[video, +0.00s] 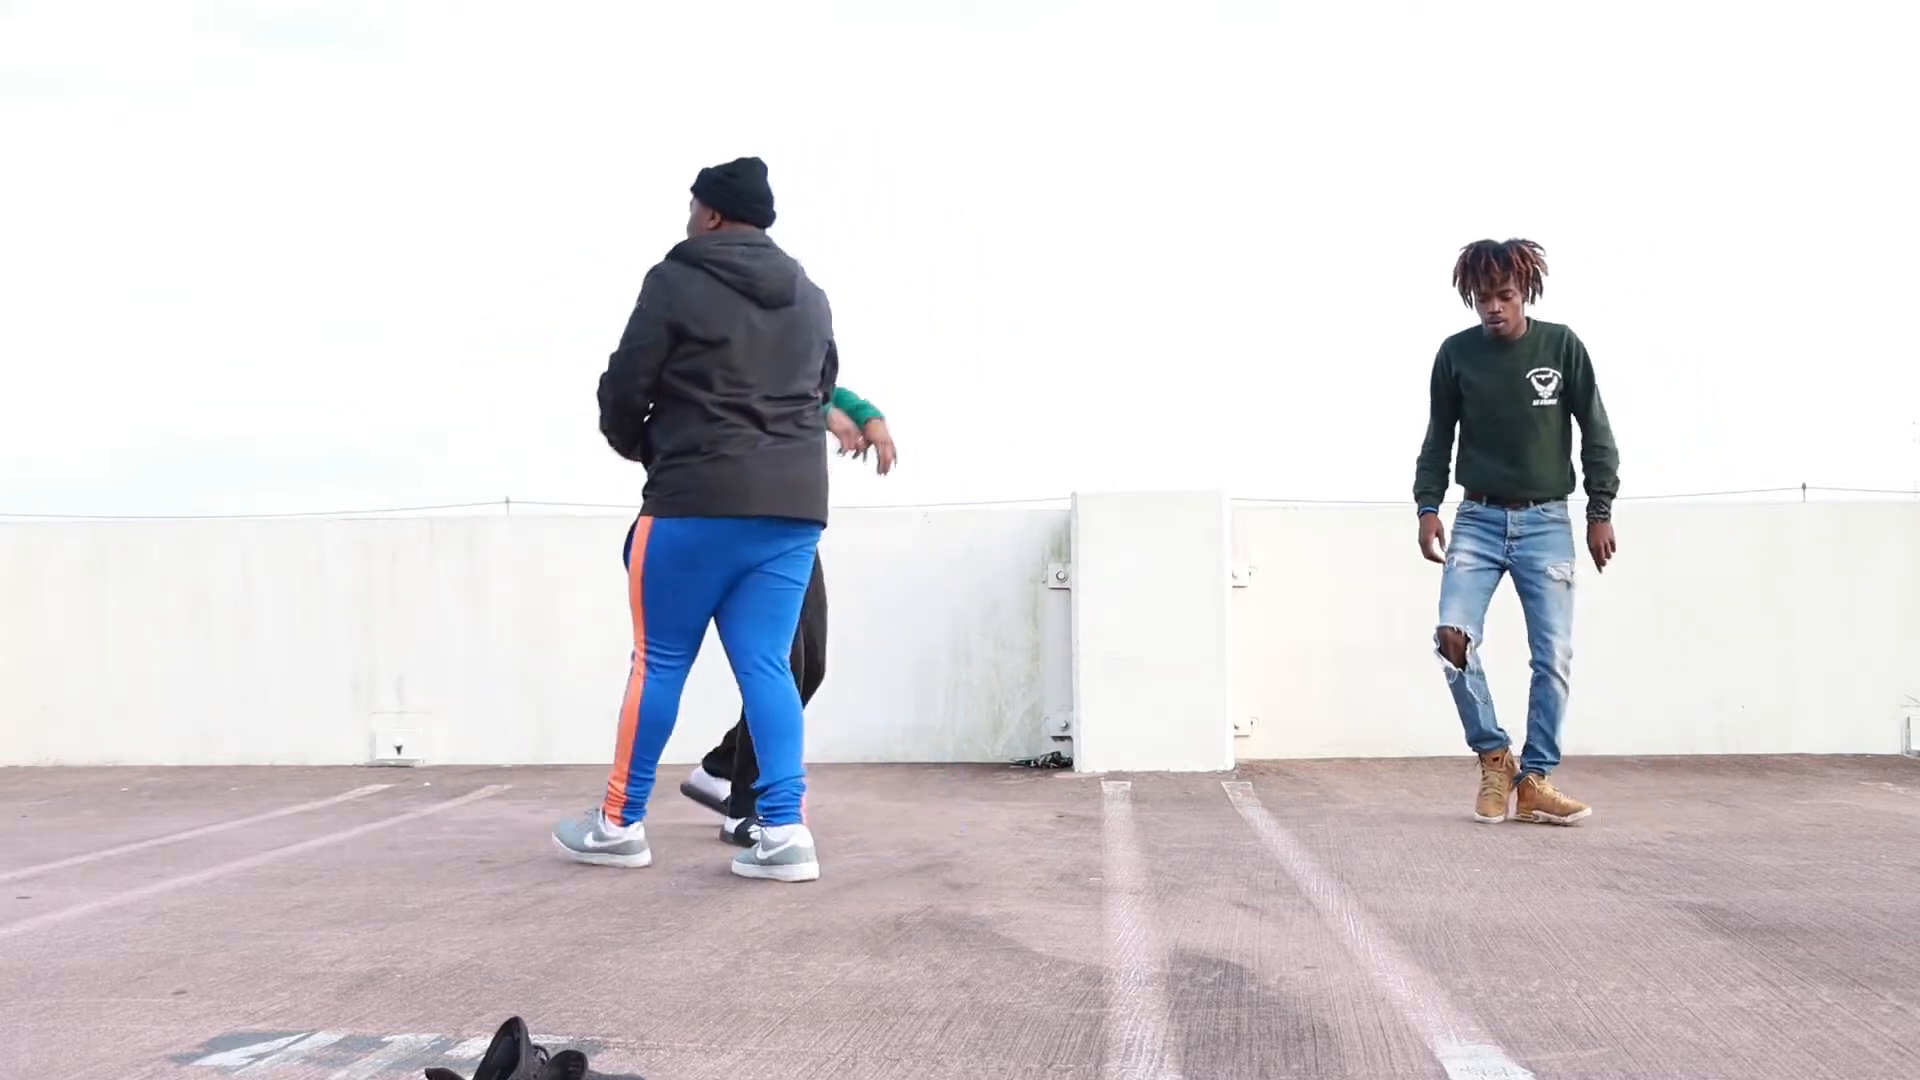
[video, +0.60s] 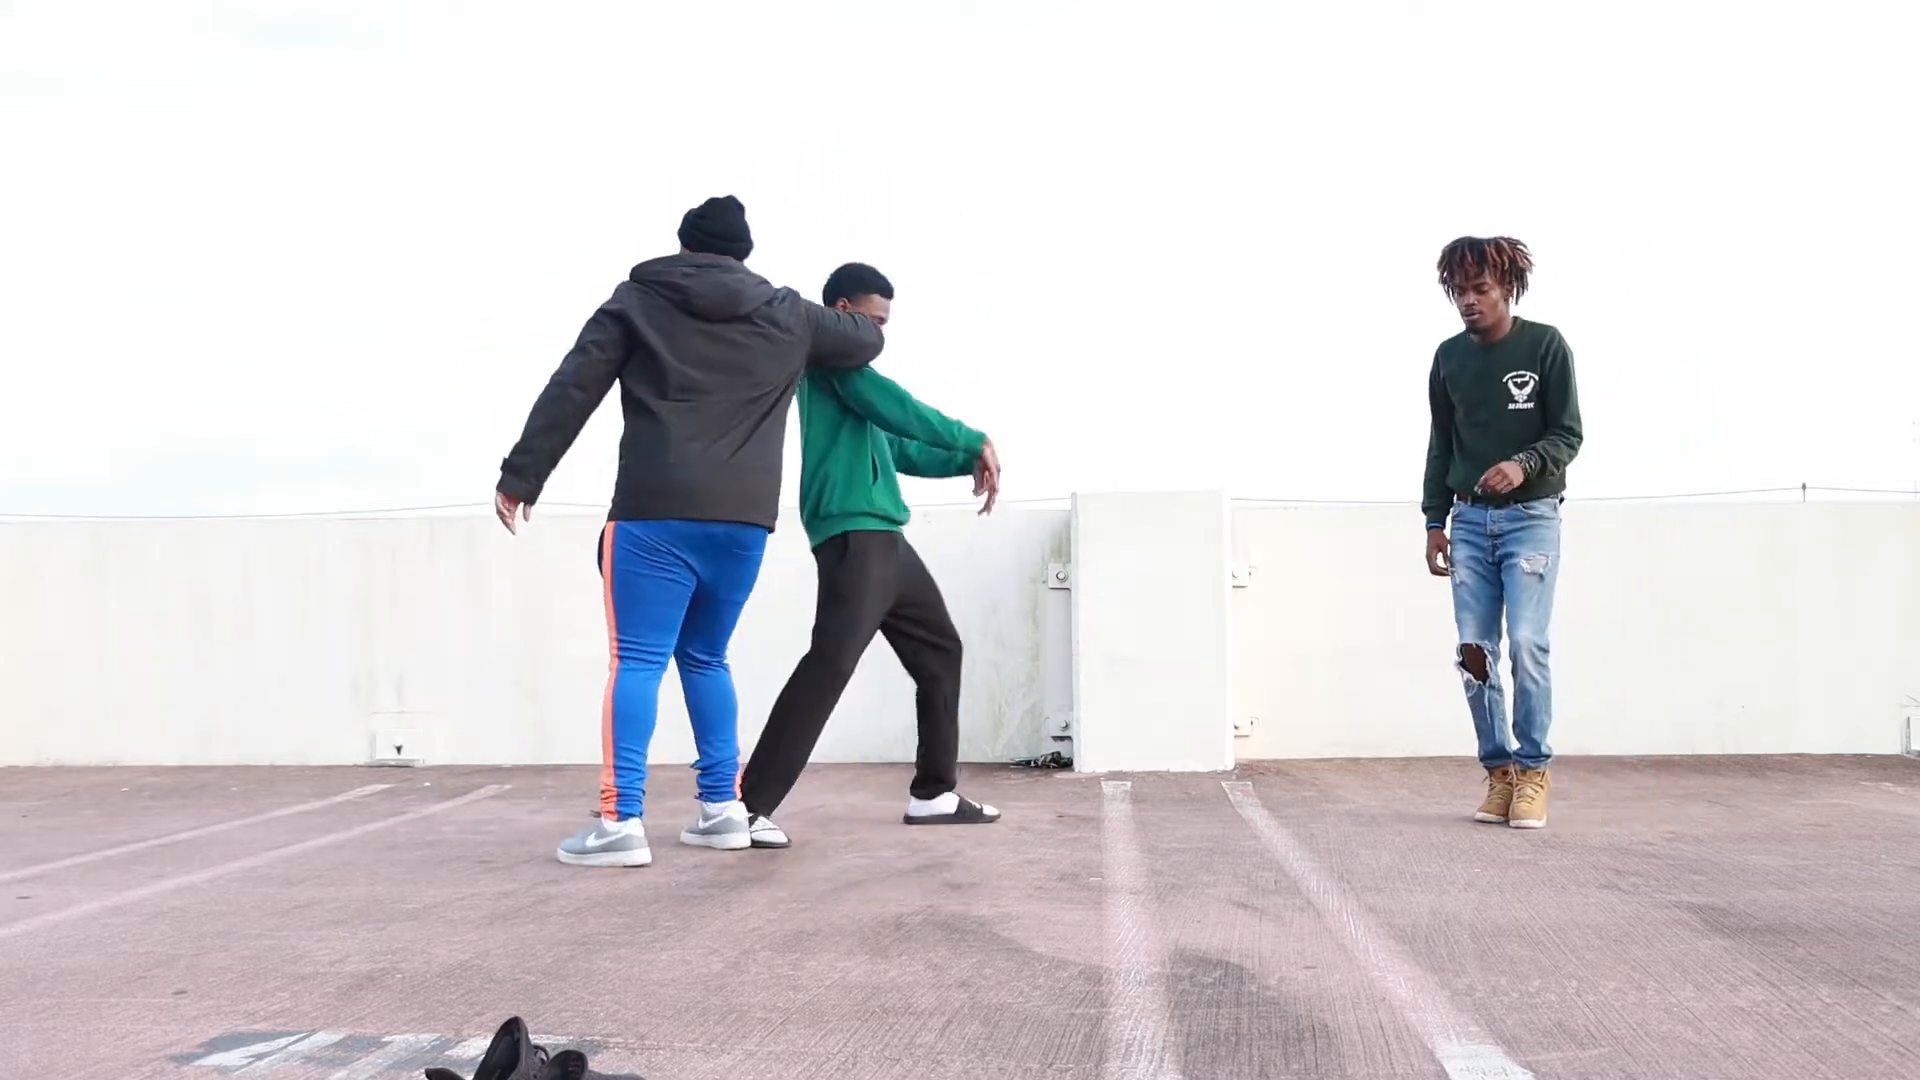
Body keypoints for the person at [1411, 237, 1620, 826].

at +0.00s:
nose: (1491, 307)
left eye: (1502, 295)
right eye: (1481, 297)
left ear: (1526, 292)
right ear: (1470, 298)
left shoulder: (1561, 345)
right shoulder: (1455, 354)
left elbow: (1596, 431)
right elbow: (1438, 437)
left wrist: (1599, 512)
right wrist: (1427, 506)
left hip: (1547, 523)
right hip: (1477, 522)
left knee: (1554, 656)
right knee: (1452, 638)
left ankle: (1534, 781)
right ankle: (1494, 759)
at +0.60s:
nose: (1467, 301)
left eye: (1478, 288)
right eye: (1459, 291)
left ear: (1509, 286)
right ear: (1451, 294)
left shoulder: (1545, 345)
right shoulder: (1449, 355)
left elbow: (1568, 434)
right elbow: (1442, 439)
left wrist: (1524, 464)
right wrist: (1434, 519)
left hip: (1530, 517)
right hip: (1467, 518)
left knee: (1525, 642)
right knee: (1475, 650)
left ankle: (1532, 772)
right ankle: (1499, 772)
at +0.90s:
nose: (1464, 312)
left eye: (1475, 299)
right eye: (1456, 302)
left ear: (1507, 291)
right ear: (1451, 300)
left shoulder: (1546, 342)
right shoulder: (1453, 358)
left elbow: (1563, 428)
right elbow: (1443, 437)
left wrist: (1518, 459)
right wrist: (1430, 511)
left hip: (1532, 516)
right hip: (1471, 520)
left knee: (1531, 641)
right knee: (1479, 651)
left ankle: (1555, 771)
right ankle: (1502, 774)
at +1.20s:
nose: (1472, 313)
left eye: (1481, 300)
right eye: (1464, 302)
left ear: (1514, 286)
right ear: (1460, 298)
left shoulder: (1559, 331)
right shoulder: (1474, 359)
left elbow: (1558, 416)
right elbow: (1473, 448)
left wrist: (1494, 426)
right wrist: (1428, 475)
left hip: (1552, 514)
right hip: (1493, 516)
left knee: (1558, 651)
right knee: (1481, 652)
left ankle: (1571, 784)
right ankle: (1501, 776)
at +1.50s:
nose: (1480, 320)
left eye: (1488, 306)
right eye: (1472, 309)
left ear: (1522, 293)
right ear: (1470, 306)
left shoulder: (1567, 337)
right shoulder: (1485, 369)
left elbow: (1557, 420)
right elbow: (1480, 461)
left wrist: (1488, 423)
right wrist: (1424, 462)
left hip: (1562, 517)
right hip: (1504, 520)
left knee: (1554, 658)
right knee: (1467, 651)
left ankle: (1570, 789)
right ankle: (1494, 777)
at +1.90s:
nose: (1454, 308)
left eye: (1464, 295)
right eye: (1446, 297)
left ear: (1497, 285)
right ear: (1441, 292)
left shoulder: (1533, 332)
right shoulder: (1440, 350)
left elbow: (1538, 415)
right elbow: (1417, 431)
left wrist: (1494, 414)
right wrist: (1374, 396)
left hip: (1518, 512)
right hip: (1454, 514)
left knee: (1538, 653)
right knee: (1442, 653)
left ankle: (1566, 783)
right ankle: (1448, 785)